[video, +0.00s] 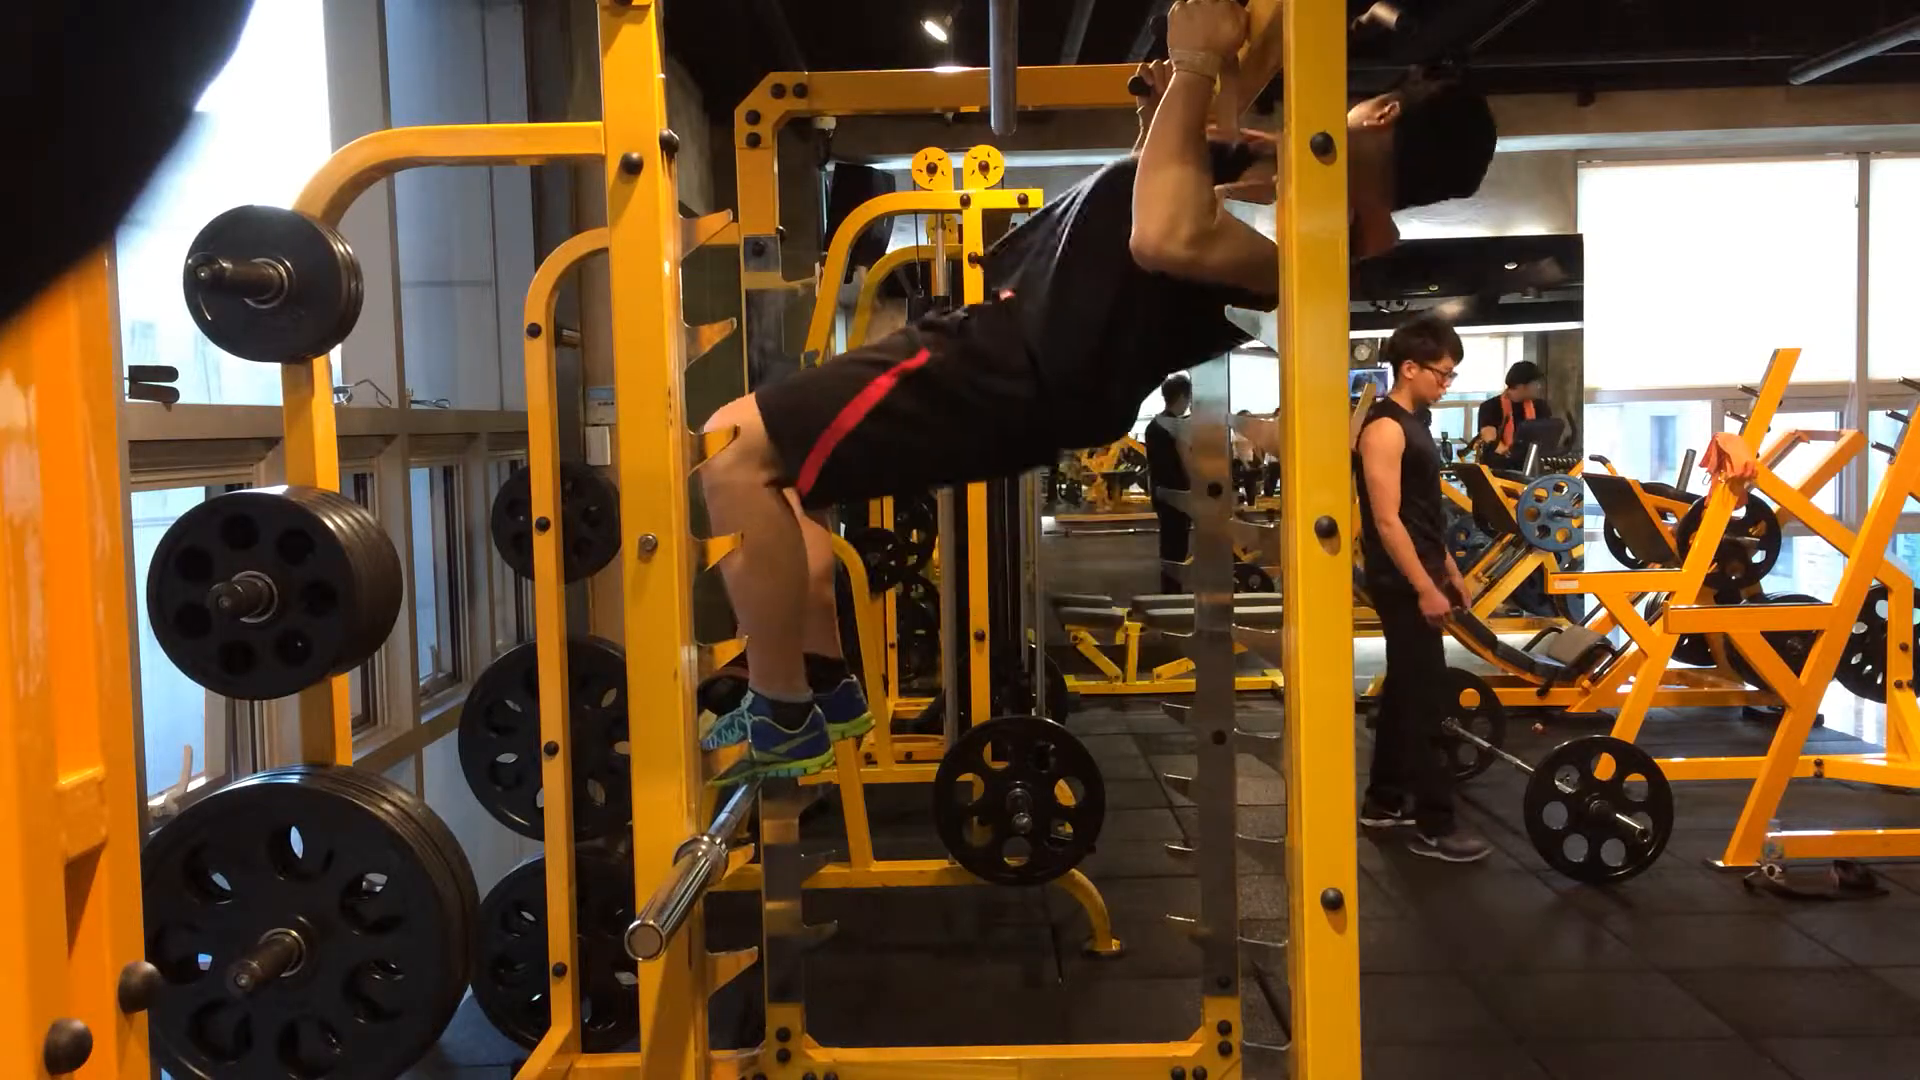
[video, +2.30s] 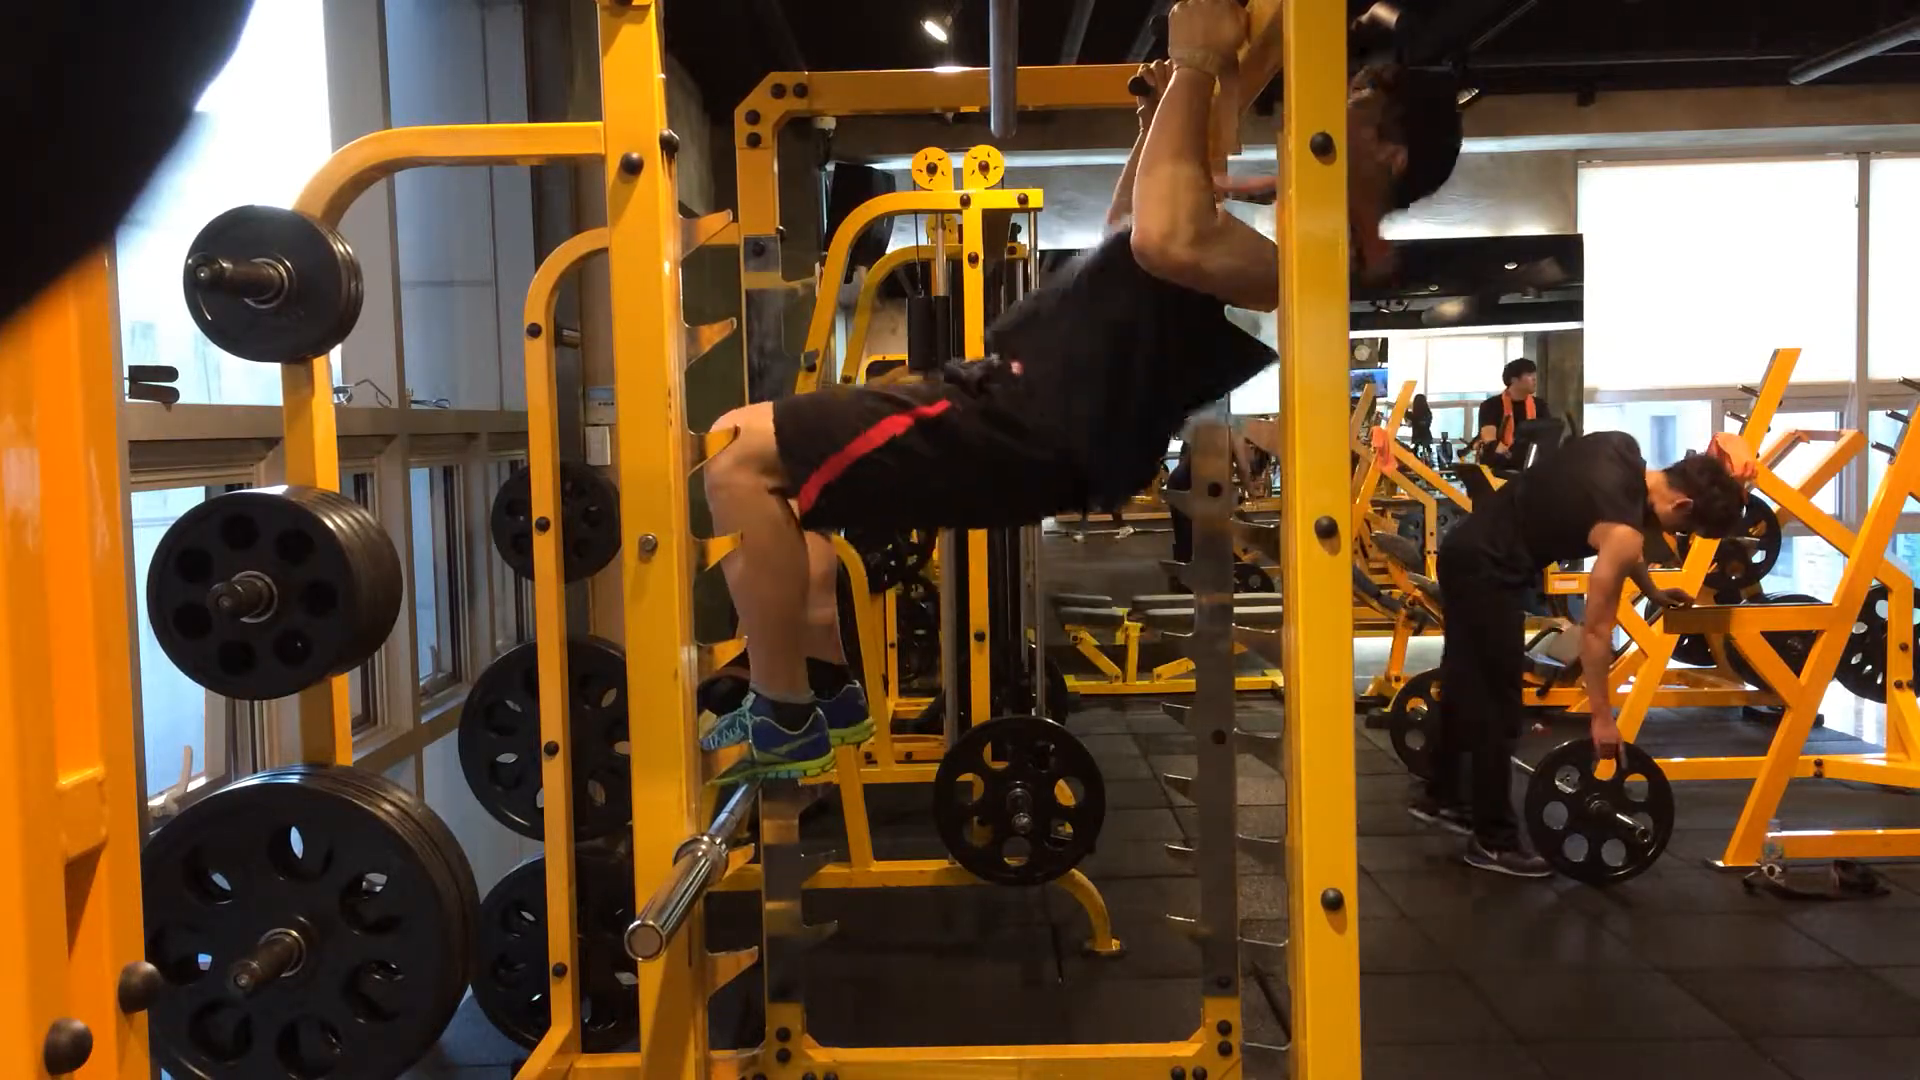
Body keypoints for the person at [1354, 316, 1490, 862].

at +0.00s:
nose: (1447, 383)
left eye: (1450, 375)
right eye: (1441, 373)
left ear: (1418, 372)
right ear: (1409, 367)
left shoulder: (1410, 422)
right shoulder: (1385, 427)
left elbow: (1422, 512)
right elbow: (1385, 521)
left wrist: (1448, 568)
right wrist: (1423, 589)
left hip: (1414, 576)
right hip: (1399, 579)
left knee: (1405, 687)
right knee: (1427, 692)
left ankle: (1385, 801)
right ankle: (1432, 827)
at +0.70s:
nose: (1490, 404)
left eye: (1496, 396)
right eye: (1493, 393)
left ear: (1471, 377)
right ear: (1472, 376)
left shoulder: (1445, 424)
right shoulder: (1430, 429)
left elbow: (1453, 518)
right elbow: (1429, 528)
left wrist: (1482, 571)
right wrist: (1464, 602)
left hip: (1450, 584)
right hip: (1429, 587)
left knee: (1477, 696)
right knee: (1450, 701)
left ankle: (1458, 806)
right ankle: (1434, 827)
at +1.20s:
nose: (1561, 410)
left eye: (1567, 401)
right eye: (1564, 398)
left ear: (1536, 376)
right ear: (1545, 379)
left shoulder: (1489, 418)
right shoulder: (1493, 428)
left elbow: (1484, 524)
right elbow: (1490, 528)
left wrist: (1512, 590)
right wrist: (1525, 599)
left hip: (1475, 582)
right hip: (1473, 585)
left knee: (1505, 704)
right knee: (1488, 703)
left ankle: (1515, 827)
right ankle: (1437, 827)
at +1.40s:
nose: (1583, 415)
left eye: (1589, 407)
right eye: (1588, 405)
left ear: (1566, 381)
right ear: (1572, 385)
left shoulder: (1513, 420)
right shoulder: (1514, 434)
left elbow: (1517, 524)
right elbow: (1512, 538)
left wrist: (1563, 569)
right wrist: (1554, 608)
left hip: (1493, 578)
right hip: (1486, 583)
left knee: (1522, 702)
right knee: (1516, 703)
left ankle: (1498, 821)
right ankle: (1472, 820)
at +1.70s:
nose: (1626, 452)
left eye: (1634, 446)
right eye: (1632, 441)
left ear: (1615, 415)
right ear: (1617, 419)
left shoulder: (1565, 443)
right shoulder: (1552, 455)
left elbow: (1586, 520)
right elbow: (1539, 560)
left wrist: (1631, 568)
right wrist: (1567, 632)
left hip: (1495, 574)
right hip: (1478, 577)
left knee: (1509, 701)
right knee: (1503, 704)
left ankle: (1504, 824)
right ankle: (1494, 838)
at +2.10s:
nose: (1662, 517)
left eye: (1671, 515)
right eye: (1670, 511)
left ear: (1661, 469)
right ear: (1664, 484)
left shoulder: (1606, 446)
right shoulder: (1606, 516)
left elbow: (1616, 539)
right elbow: (1585, 618)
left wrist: (1652, 590)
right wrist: (1594, 697)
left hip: (1471, 551)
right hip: (1483, 570)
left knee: (1501, 700)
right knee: (1501, 705)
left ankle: (1495, 824)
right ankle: (1493, 838)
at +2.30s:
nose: (1680, 532)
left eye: (1690, 528)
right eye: (1687, 524)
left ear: (1677, 476)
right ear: (1682, 503)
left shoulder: (1618, 446)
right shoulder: (1624, 530)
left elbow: (1622, 540)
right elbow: (1595, 632)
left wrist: (1653, 591)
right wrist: (1602, 716)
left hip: (1465, 547)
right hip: (1489, 572)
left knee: (1462, 687)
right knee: (1498, 707)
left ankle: (1440, 795)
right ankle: (1493, 839)